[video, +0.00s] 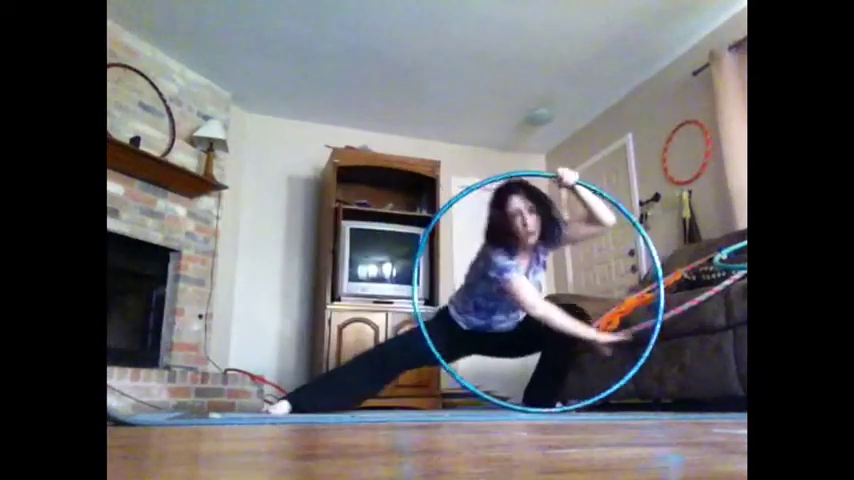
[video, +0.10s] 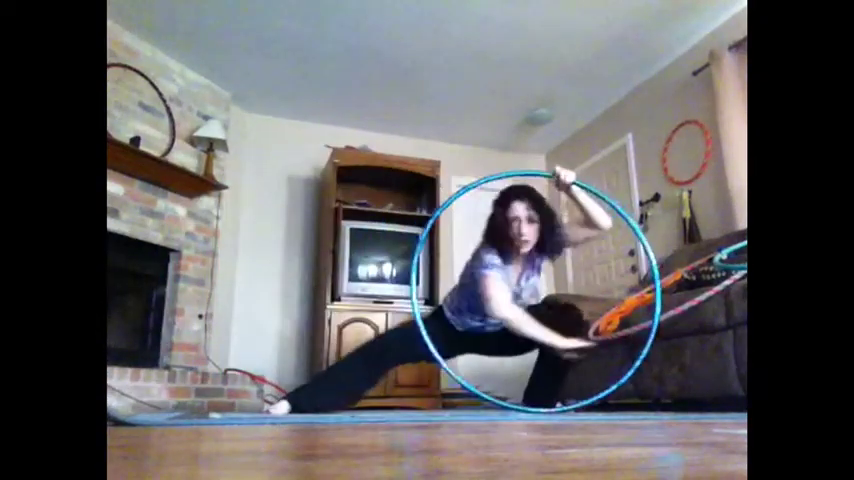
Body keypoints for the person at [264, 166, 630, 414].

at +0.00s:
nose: (523, 222)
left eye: (528, 213)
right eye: (513, 217)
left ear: (542, 214)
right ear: (503, 224)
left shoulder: (547, 240)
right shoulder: (498, 258)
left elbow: (604, 222)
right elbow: (536, 307)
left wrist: (575, 186)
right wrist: (594, 336)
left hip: (504, 331)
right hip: (455, 330)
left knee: (568, 326)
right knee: (385, 359)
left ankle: (534, 411)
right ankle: (294, 405)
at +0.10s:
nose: (522, 229)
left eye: (530, 221)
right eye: (513, 222)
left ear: (541, 225)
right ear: (500, 226)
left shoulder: (544, 246)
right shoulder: (490, 260)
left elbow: (602, 226)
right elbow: (501, 311)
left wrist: (572, 187)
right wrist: (560, 342)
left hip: (500, 330)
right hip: (451, 330)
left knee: (566, 317)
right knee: (382, 349)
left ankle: (535, 415)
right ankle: (294, 406)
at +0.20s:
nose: (513, 233)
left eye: (521, 225)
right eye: (505, 224)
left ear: (533, 229)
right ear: (493, 225)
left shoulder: (537, 247)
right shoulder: (478, 254)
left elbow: (593, 225)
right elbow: (462, 300)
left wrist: (561, 187)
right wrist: (521, 342)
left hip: (493, 324)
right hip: (445, 322)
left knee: (558, 317)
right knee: (373, 344)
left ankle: (538, 413)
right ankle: (291, 405)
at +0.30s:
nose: (496, 232)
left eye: (506, 225)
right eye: (490, 223)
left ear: (519, 229)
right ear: (478, 222)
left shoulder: (521, 246)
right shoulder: (459, 249)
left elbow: (578, 222)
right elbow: (424, 286)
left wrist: (541, 183)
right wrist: (471, 333)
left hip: (487, 320)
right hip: (437, 317)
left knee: (548, 313)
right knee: (364, 334)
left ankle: (538, 408)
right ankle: (290, 407)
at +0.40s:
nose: (462, 225)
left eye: (472, 219)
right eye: (457, 216)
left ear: (486, 223)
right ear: (445, 214)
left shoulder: (485, 248)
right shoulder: (424, 240)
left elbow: (540, 213)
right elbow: (379, 265)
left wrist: (495, 176)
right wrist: (415, 318)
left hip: (461, 317)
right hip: (408, 313)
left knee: (530, 317)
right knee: (353, 316)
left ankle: (541, 405)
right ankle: (292, 404)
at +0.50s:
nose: (439, 217)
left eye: (446, 211)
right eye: (433, 209)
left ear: (460, 215)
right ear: (420, 210)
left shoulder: (463, 246)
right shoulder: (399, 236)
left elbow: (506, 211)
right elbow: (345, 257)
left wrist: (462, 180)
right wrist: (377, 308)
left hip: (443, 312)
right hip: (393, 308)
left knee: (512, 317)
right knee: (338, 313)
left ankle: (540, 404)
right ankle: (295, 403)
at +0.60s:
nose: (399, 211)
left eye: (405, 206)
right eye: (393, 205)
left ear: (416, 209)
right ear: (382, 206)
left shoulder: (428, 235)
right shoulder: (365, 230)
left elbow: (455, 201)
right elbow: (310, 249)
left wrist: (399, 173)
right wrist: (321, 291)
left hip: (426, 308)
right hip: (375, 303)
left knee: (493, 324)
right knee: (318, 310)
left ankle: (541, 403)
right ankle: (296, 402)